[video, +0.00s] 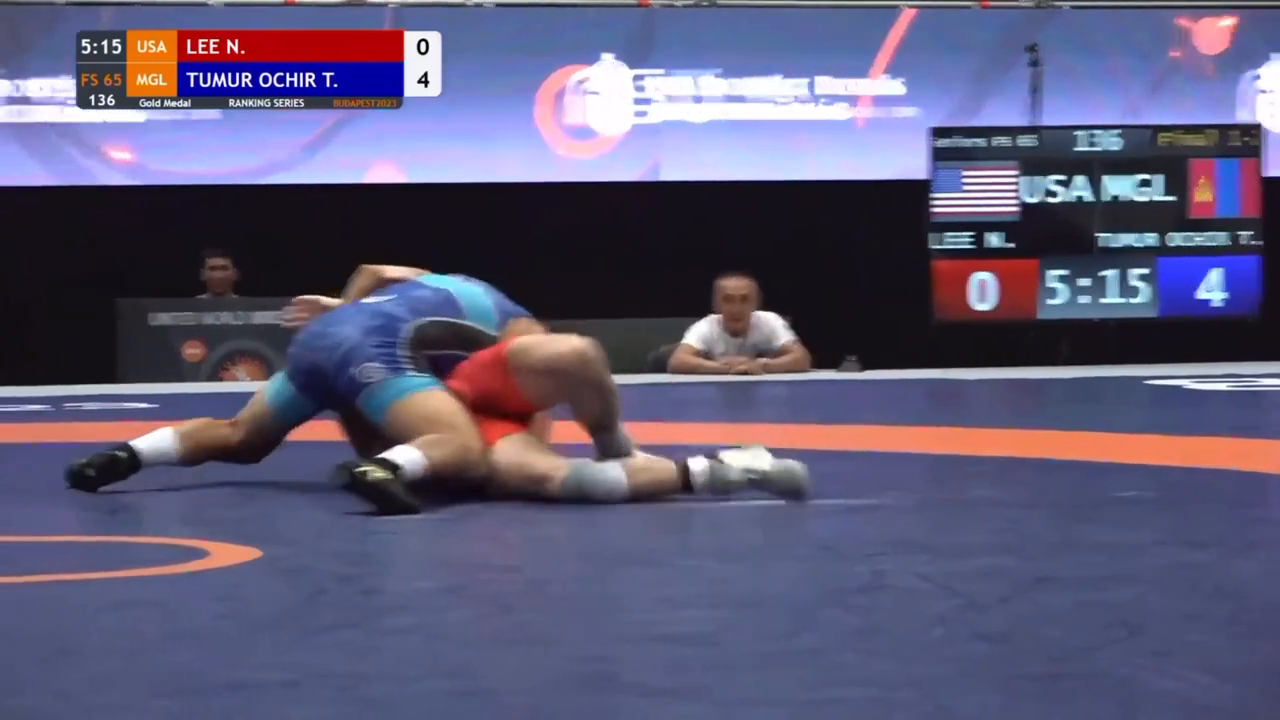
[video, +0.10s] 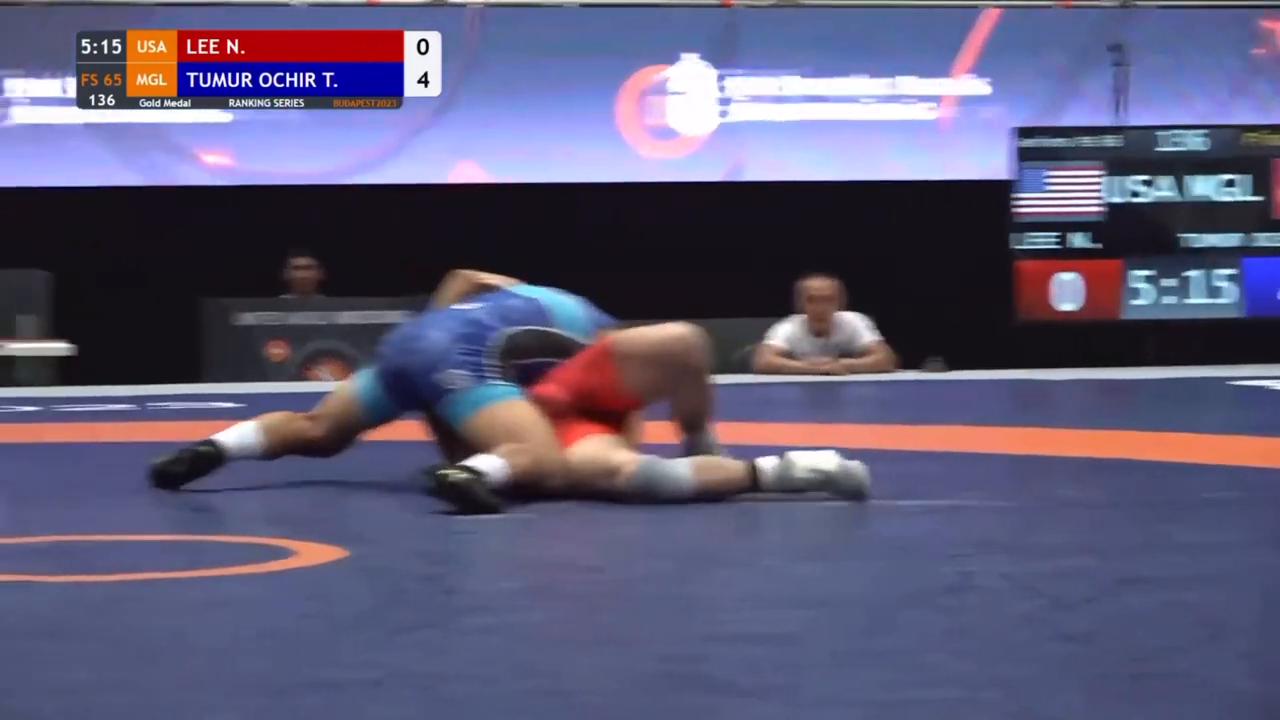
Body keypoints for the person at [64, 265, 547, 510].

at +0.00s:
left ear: (489, 297)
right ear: (517, 333)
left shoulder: (450, 289)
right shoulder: (513, 325)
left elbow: (375, 269)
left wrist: (341, 308)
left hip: (316, 336)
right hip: (372, 336)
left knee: (243, 437)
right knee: (463, 445)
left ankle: (131, 452)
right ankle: (394, 468)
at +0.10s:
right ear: (630, 348)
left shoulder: (552, 305)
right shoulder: (603, 343)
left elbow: (465, 275)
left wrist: (422, 347)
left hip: (407, 342)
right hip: (458, 351)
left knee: (319, 430)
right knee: (540, 453)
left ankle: (214, 446)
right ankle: (475, 474)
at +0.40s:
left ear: (753, 320)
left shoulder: (711, 313)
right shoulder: (767, 369)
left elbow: (646, 273)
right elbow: (768, 453)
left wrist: (575, 334)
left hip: (554, 347)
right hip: (606, 359)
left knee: (463, 450)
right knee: (648, 452)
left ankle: (350, 447)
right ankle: (587, 475)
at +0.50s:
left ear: (752, 320)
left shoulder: (723, 309)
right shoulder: (776, 362)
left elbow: (653, 269)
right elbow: (783, 428)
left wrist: (587, 326)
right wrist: (757, 467)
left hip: (552, 339)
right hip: (611, 346)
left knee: (461, 450)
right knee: (648, 451)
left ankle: (343, 441)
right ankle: (573, 465)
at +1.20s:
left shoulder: (730, 272)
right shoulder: (776, 346)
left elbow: (661, 221)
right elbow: (754, 422)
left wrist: (602, 279)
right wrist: (741, 469)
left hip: (533, 296)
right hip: (568, 320)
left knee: (542, 382)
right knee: (569, 436)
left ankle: (415, 421)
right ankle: (465, 460)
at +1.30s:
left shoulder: (731, 264)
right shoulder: (782, 344)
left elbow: (661, 212)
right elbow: (746, 435)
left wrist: (598, 270)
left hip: (533, 281)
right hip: (563, 309)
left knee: (546, 378)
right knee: (565, 433)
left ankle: (415, 414)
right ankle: (459, 457)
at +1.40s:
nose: (770, 391)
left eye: (780, 387)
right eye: (780, 388)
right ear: (779, 390)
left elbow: (653, 200)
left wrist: (594, 267)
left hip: (685, 348)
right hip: (688, 419)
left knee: (794, 294)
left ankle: (870, 424)